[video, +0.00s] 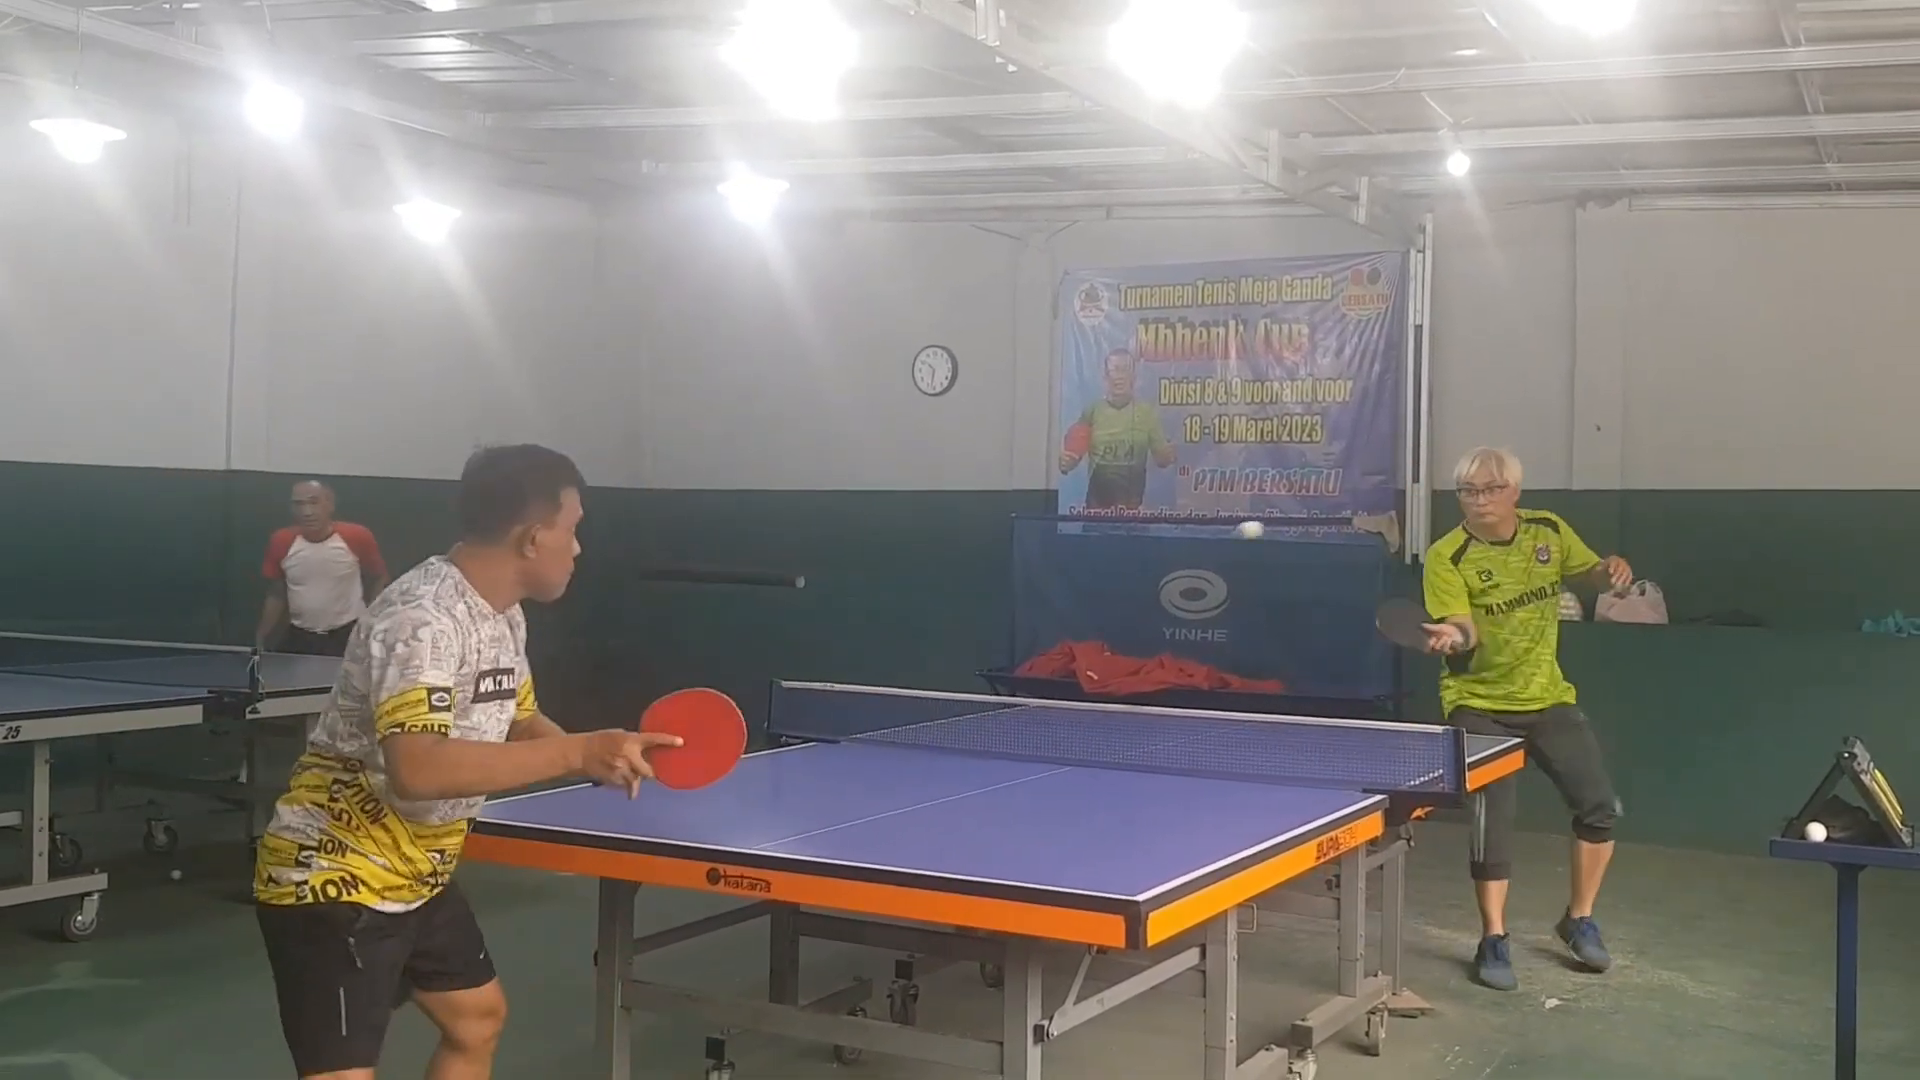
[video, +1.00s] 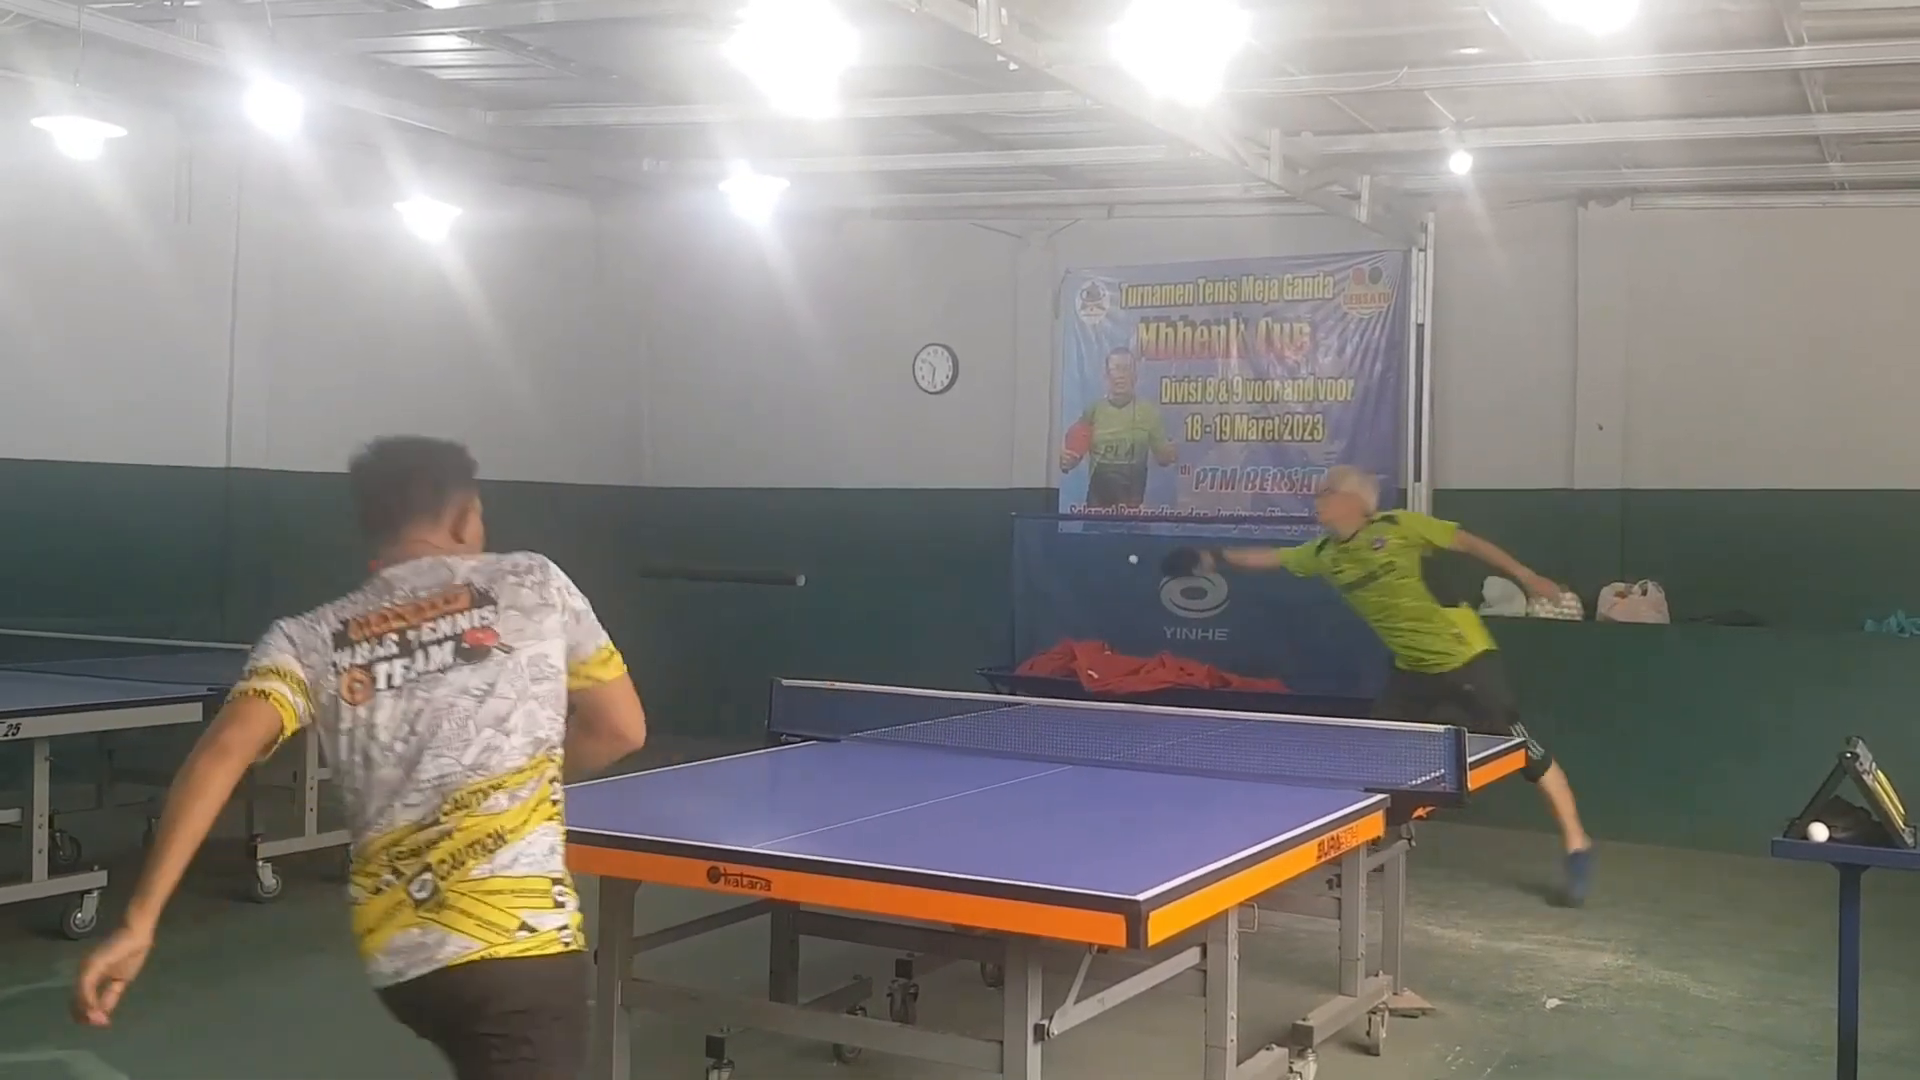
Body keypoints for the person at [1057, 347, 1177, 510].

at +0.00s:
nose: (1118, 377)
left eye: (1124, 370)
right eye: (1113, 370)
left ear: (1133, 375)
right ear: (1105, 376)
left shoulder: (1146, 413)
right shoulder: (1093, 412)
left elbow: (1161, 457)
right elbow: (1076, 446)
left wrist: (1167, 455)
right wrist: (1066, 462)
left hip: (1132, 498)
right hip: (1098, 499)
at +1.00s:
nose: (1119, 376)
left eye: (1125, 369)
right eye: (1114, 369)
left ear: (1135, 375)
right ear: (1106, 375)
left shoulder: (1148, 413)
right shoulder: (1094, 411)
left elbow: (1162, 456)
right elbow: (1077, 445)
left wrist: (1169, 454)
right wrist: (1067, 461)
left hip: (1132, 499)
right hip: (1098, 499)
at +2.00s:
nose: (1116, 381)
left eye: (1122, 374)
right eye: (1110, 375)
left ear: (1131, 380)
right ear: (1103, 381)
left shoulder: (1145, 418)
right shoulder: (1091, 419)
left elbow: (1158, 463)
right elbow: (1074, 449)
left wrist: (1165, 460)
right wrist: (1065, 466)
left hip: (1129, 507)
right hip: (1095, 508)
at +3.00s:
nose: (1117, 381)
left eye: (1123, 374)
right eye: (1111, 375)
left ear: (1132, 380)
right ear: (1103, 381)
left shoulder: (1145, 417)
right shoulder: (1091, 417)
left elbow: (1158, 461)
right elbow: (1075, 449)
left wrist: (1165, 459)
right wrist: (1065, 465)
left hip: (1130, 504)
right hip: (1096, 505)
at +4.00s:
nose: (1118, 382)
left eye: (1123, 375)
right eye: (1112, 375)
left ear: (1132, 380)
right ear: (1103, 381)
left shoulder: (1145, 417)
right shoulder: (1091, 418)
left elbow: (1158, 462)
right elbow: (1074, 450)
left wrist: (1166, 460)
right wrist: (1066, 466)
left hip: (1131, 505)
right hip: (1097, 506)